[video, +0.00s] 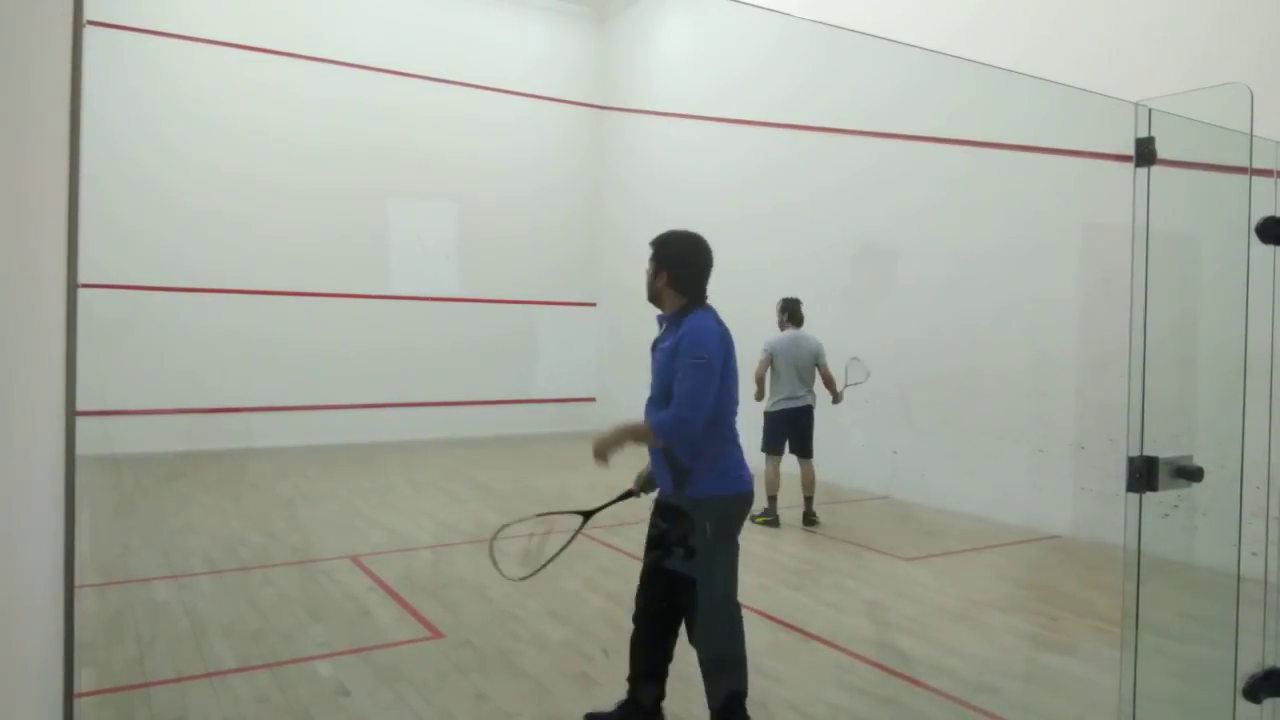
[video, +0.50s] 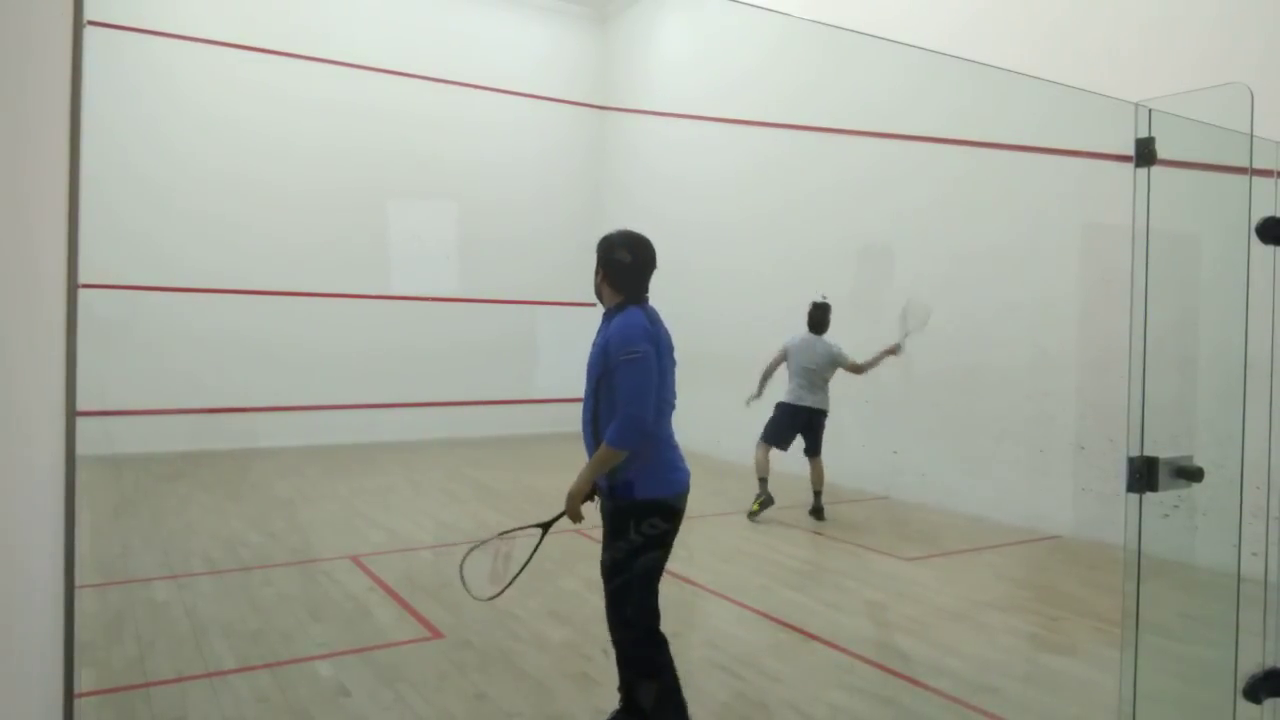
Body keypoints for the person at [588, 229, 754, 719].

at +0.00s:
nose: (646, 275)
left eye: (651, 267)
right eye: (649, 266)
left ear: (667, 276)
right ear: (685, 277)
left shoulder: (701, 332)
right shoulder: (674, 331)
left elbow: (687, 420)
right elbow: (674, 413)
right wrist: (654, 468)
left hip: (713, 493)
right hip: (678, 488)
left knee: (712, 614)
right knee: (656, 604)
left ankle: (730, 710)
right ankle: (642, 704)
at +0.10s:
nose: (629, 277)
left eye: (632, 269)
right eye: (632, 269)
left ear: (645, 276)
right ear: (672, 276)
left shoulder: (688, 334)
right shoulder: (657, 331)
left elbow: (694, 428)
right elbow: (664, 420)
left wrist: (639, 473)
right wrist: (633, 475)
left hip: (692, 494)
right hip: (662, 492)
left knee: (697, 611)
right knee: (653, 607)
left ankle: (726, 711)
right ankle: (639, 707)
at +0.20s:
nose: (611, 275)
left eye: (615, 267)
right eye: (614, 266)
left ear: (628, 274)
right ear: (652, 275)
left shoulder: (665, 333)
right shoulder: (636, 329)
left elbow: (676, 427)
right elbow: (638, 415)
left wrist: (626, 480)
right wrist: (608, 466)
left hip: (662, 496)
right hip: (636, 495)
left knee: (663, 612)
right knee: (637, 610)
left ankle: (720, 711)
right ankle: (636, 708)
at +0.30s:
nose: (604, 276)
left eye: (608, 267)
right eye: (608, 267)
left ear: (618, 275)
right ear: (648, 277)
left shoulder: (647, 334)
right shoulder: (629, 328)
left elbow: (650, 424)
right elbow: (634, 416)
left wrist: (593, 478)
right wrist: (600, 476)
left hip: (645, 492)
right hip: (623, 488)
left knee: (635, 611)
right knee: (626, 607)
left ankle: (708, 710)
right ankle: (637, 707)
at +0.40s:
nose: (598, 276)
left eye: (601, 268)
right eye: (602, 267)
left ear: (609, 275)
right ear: (647, 277)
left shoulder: (635, 331)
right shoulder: (637, 325)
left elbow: (636, 421)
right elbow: (641, 414)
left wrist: (583, 474)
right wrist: (595, 473)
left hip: (641, 492)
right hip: (631, 487)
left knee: (616, 609)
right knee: (628, 606)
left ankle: (702, 706)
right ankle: (637, 707)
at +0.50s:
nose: (594, 275)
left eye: (596, 268)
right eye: (596, 267)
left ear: (603, 274)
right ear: (643, 275)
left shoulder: (629, 330)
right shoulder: (640, 323)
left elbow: (633, 422)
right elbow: (646, 416)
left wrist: (584, 480)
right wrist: (600, 477)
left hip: (643, 493)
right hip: (639, 488)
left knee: (631, 615)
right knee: (630, 611)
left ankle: (656, 709)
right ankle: (640, 705)